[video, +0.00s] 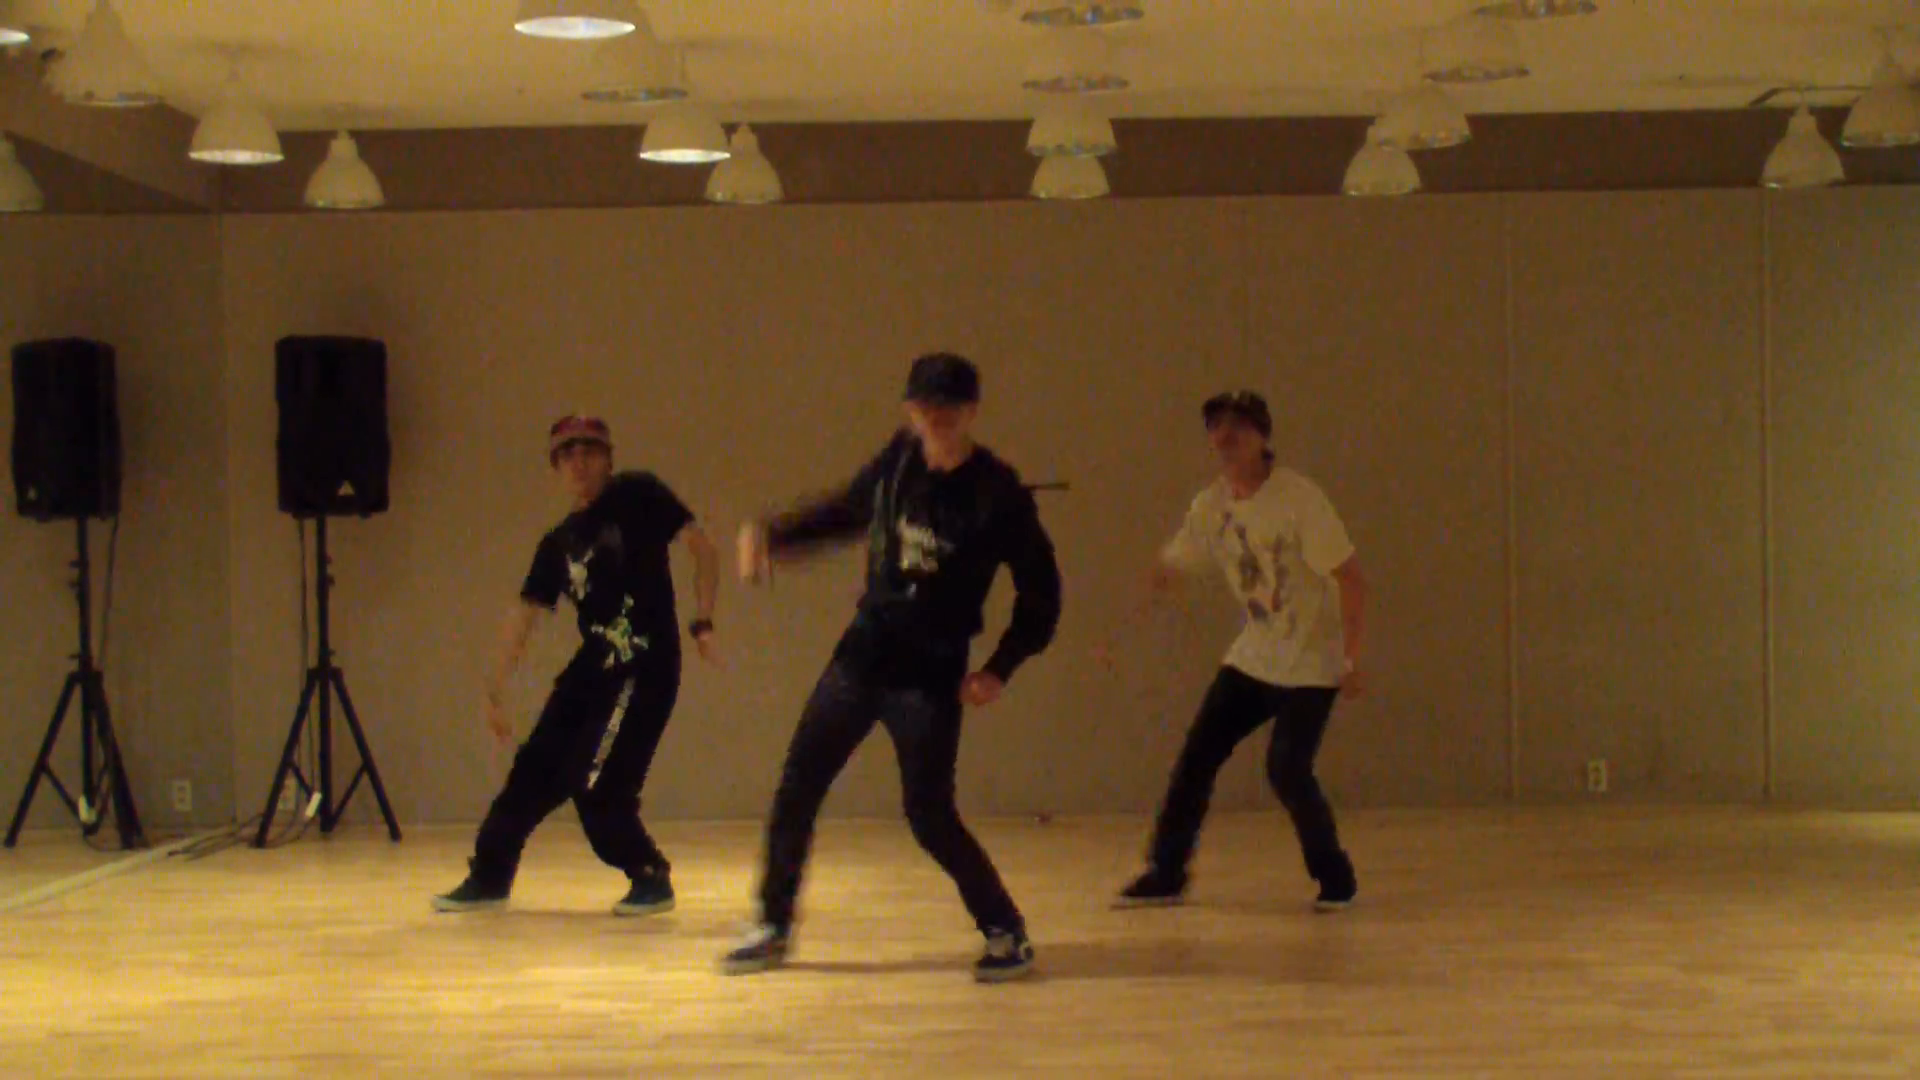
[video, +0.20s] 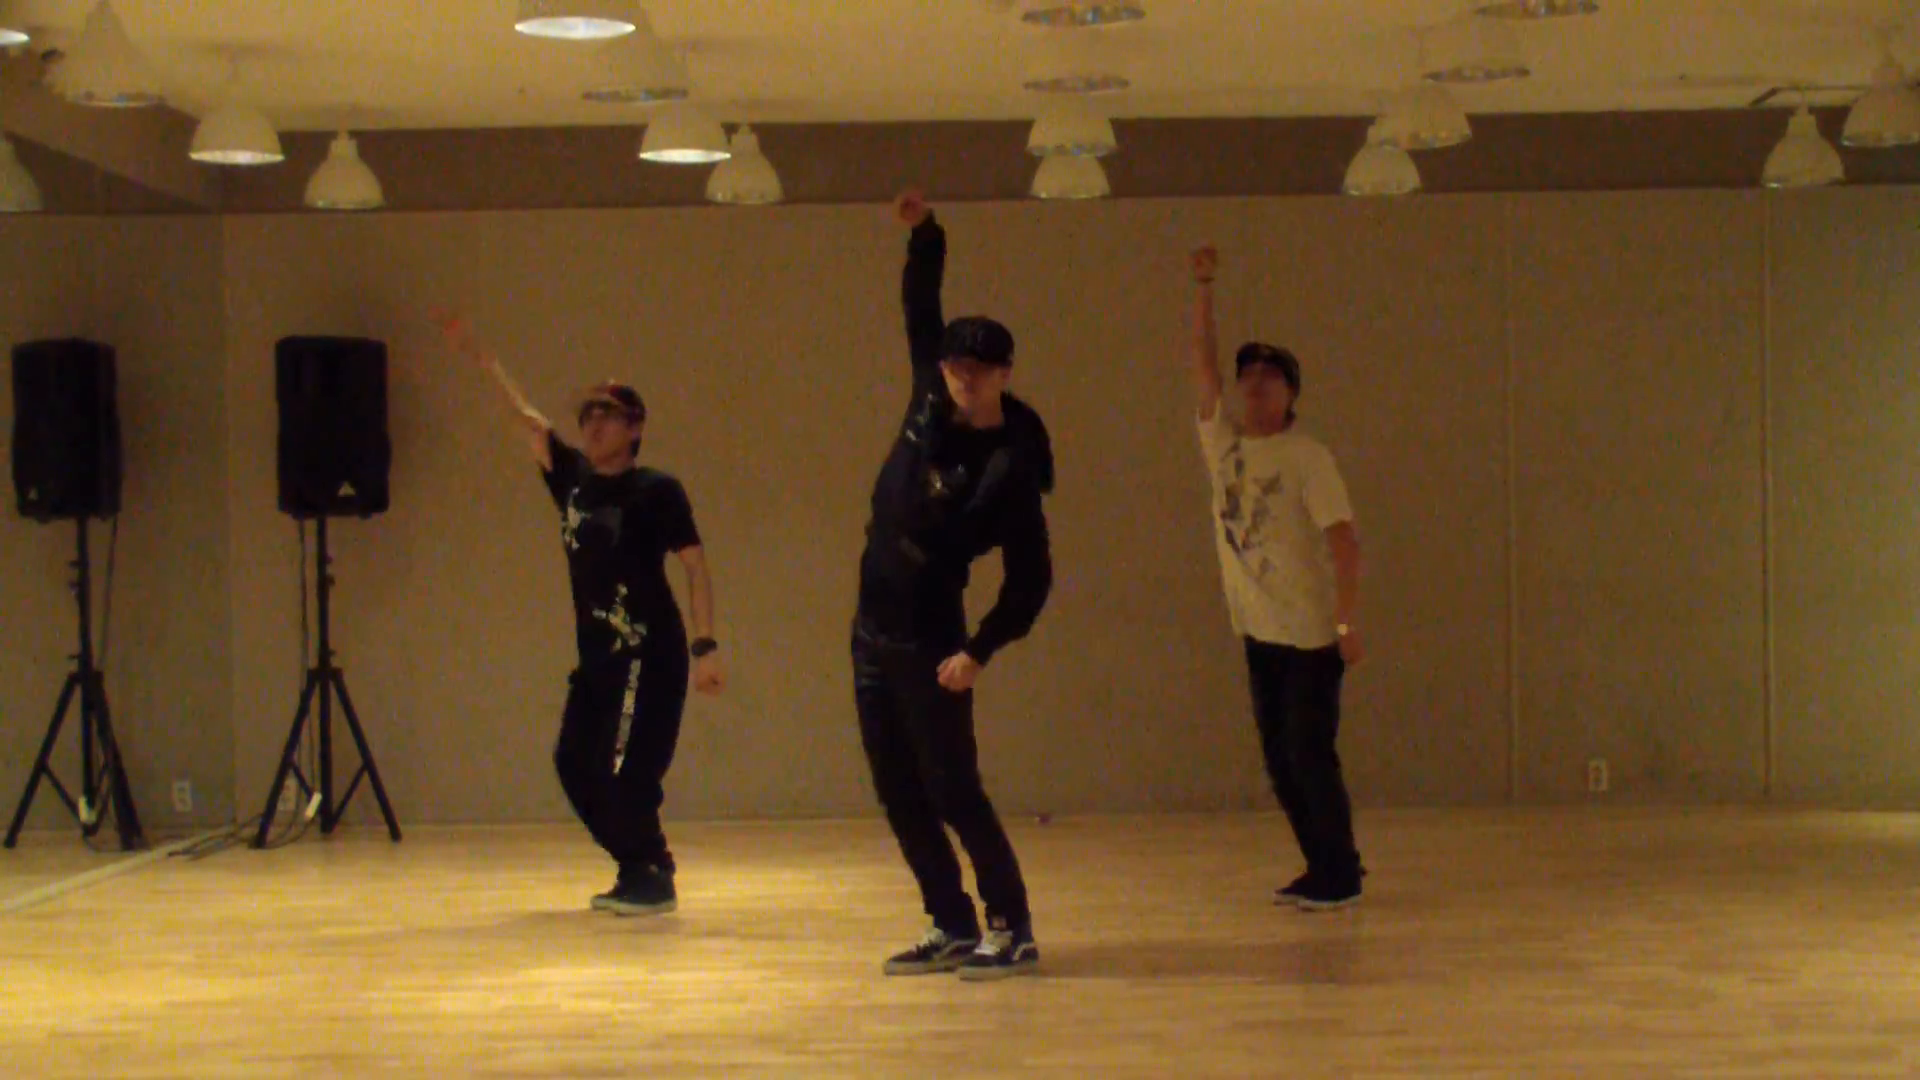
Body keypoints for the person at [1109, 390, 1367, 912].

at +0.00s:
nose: (1224, 444)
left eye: (1236, 434)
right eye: (1217, 435)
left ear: (1262, 438)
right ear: (1209, 442)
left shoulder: (1301, 499)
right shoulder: (1212, 503)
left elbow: (1350, 577)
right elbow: (1177, 567)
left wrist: (1351, 657)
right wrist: (1158, 580)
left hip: (1313, 661)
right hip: (1254, 654)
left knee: (1288, 768)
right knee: (1198, 756)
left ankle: (1336, 879)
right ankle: (1166, 871)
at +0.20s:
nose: (1259, 392)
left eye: (1271, 383)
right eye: (1250, 383)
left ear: (1291, 395)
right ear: (1234, 392)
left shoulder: (1307, 457)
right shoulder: (1224, 450)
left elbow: (1344, 542)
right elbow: (1204, 366)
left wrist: (1346, 621)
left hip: (1310, 633)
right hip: (1259, 632)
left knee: (1311, 756)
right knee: (1281, 762)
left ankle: (1340, 871)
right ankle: (1321, 865)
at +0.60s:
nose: (1268, 421)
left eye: (1276, 409)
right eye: (1261, 412)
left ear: (1304, 407)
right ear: (1262, 415)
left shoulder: (1344, 465)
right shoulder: (1277, 470)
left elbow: (1389, 548)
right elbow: (1246, 542)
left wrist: (1354, 614)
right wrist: (1234, 482)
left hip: (1306, 637)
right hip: (1260, 633)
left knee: (1290, 756)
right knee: (1266, 758)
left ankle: (1338, 869)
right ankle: (1321, 865)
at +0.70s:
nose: (1241, 423)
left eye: (1250, 410)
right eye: (1234, 412)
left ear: (1279, 409)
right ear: (1232, 417)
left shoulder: (1331, 466)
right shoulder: (1260, 478)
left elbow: (1389, 539)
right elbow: (1276, 565)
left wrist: (1368, 612)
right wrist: (1236, 548)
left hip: (1336, 628)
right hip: (1286, 619)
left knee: (1295, 745)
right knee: (1228, 703)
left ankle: (1341, 865)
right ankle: (1288, 799)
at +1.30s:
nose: (1285, 450)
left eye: (1294, 436)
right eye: (1278, 440)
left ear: (1323, 432)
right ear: (1278, 446)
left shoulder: (1375, 472)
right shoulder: (1301, 514)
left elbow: (1451, 526)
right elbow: (1244, 546)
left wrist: (1453, 608)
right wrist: (1176, 549)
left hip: (1395, 647)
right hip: (1342, 648)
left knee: (1326, 751)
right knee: (1319, 753)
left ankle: (1335, 877)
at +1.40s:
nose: (1295, 444)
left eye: (1304, 431)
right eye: (1288, 435)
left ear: (1334, 430)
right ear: (1285, 442)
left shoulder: (1382, 474)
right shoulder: (1312, 512)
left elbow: (1458, 531)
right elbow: (1255, 555)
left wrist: (1455, 615)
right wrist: (1204, 591)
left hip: (1414, 649)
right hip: (1372, 654)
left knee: (1341, 751)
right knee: (1373, 768)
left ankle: (1342, 874)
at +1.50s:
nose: (1312, 452)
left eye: (1323, 439)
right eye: (1304, 443)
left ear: (1351, 441)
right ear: (1299, 450)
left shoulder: (1391, 489)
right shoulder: (1322, 513)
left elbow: (1462, 537)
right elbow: (1302, 578)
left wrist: (1459, 611)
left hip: (1432, 659)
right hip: (1392, 666)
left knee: (1362, 746)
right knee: (1443, 791)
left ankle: (1390, 864)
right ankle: (1537, 855)